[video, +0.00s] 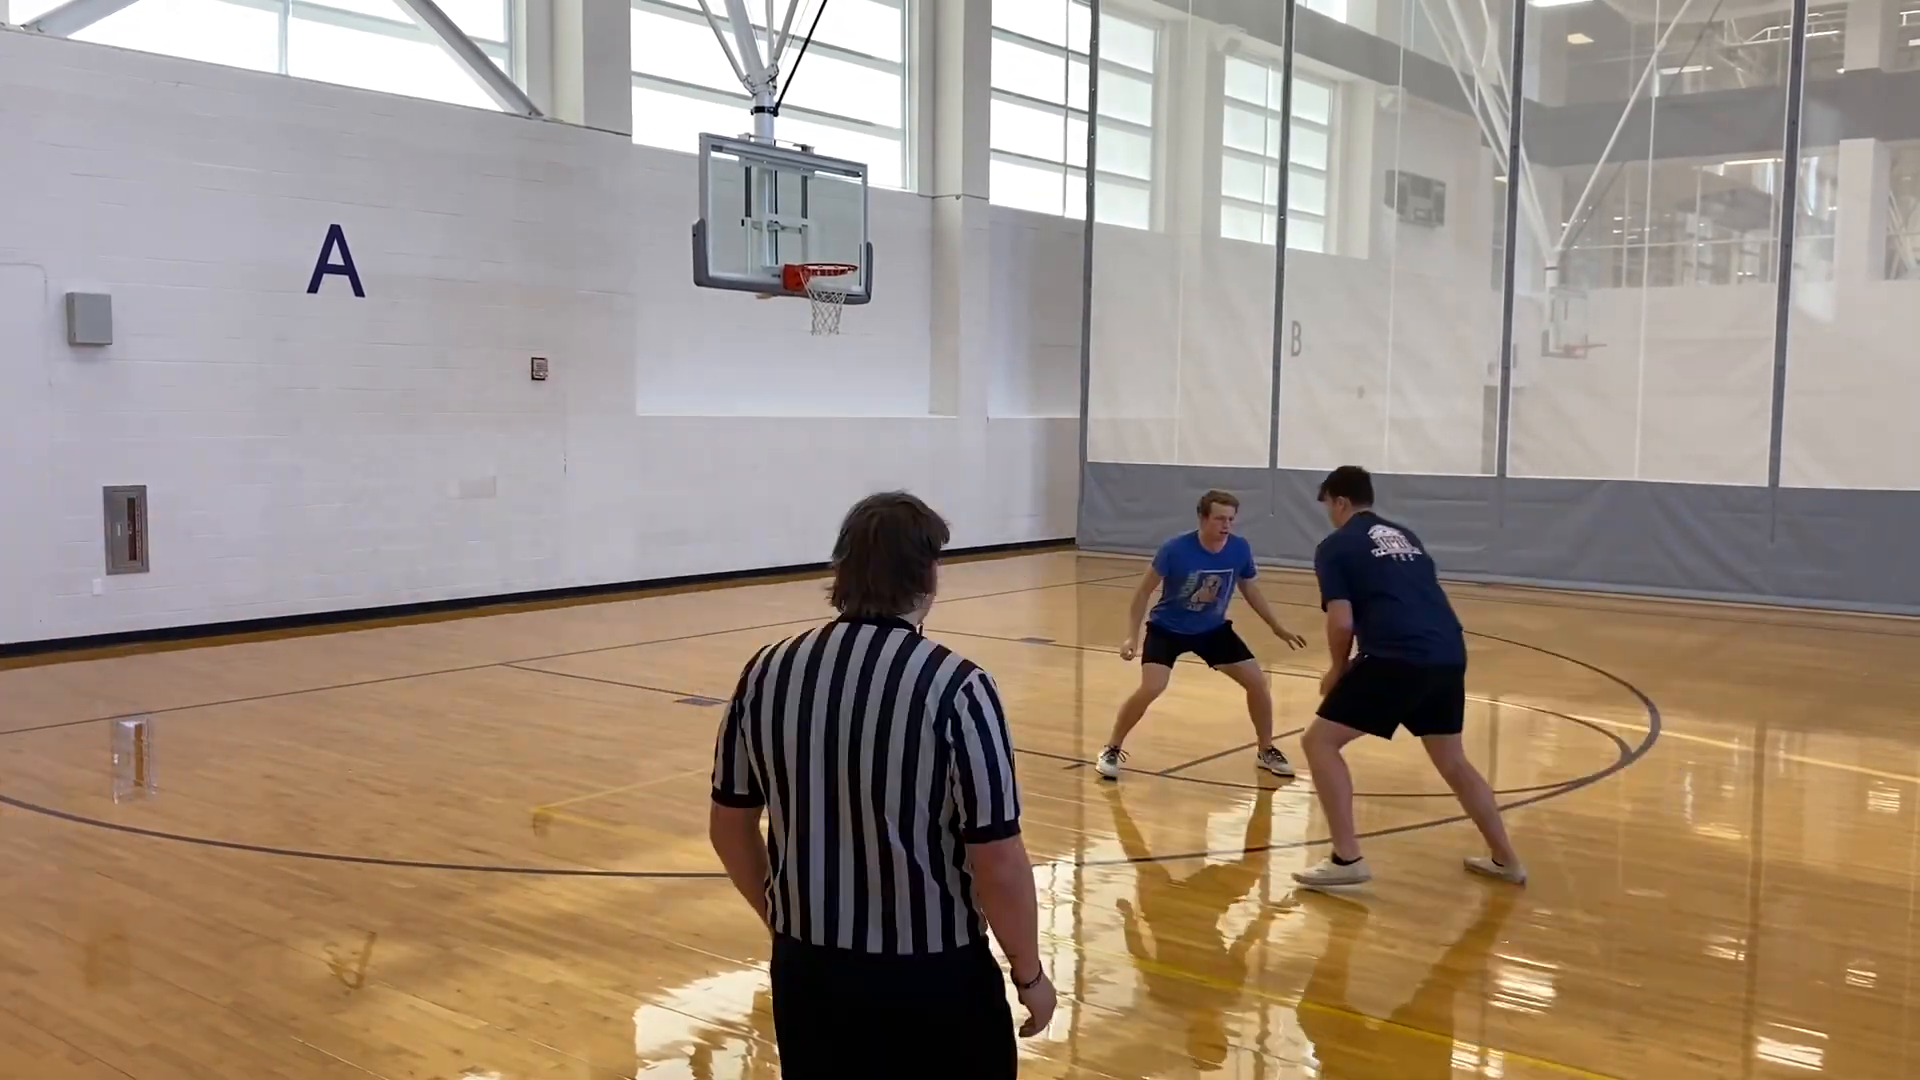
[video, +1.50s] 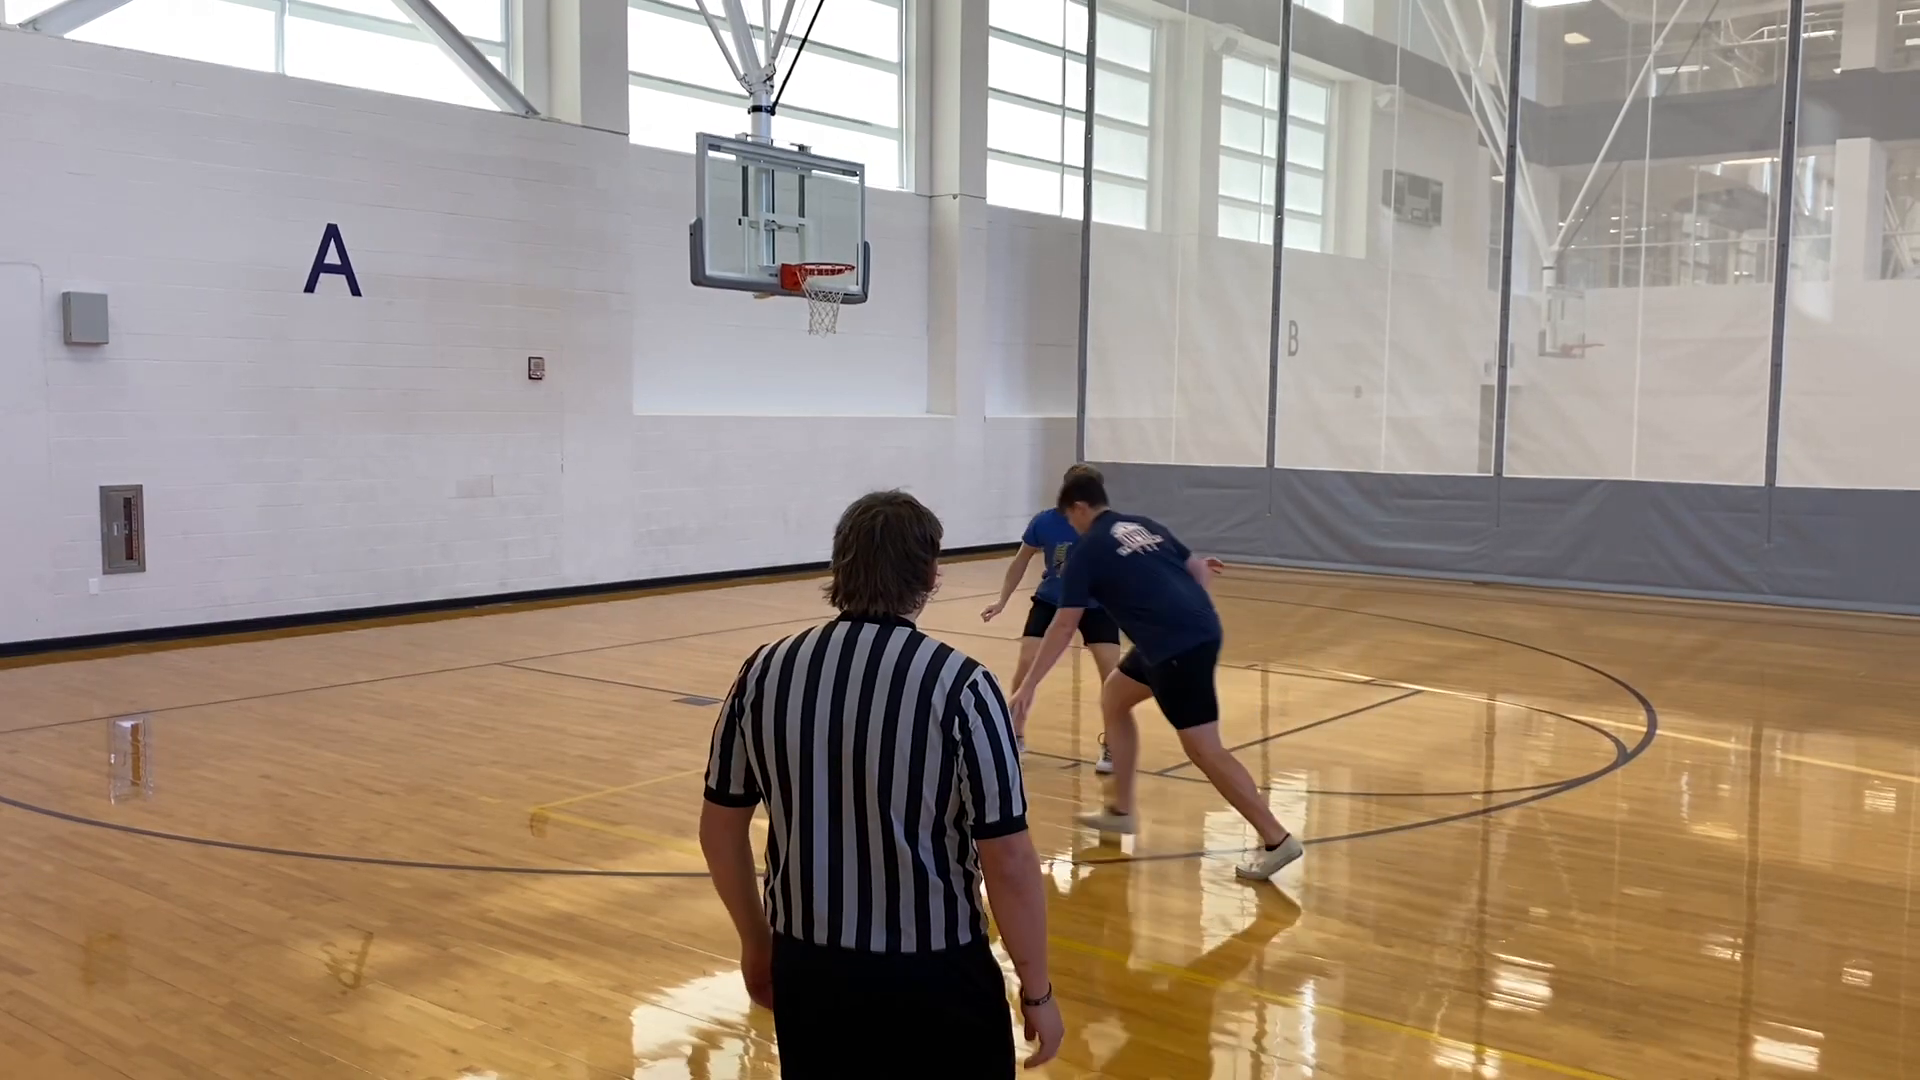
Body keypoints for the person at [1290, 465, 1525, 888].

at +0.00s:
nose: (1328, 512)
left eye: (1328, 504)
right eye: (1327, 504)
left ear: (1340, 503)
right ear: (1368, 503)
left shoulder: (1335, 546)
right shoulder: (1402, 533)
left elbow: (1342, 622)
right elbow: (1418, 602)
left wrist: (1337, 669)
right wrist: (1365, 656)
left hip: (1393, 660)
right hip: (1447, 660)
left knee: (1320, 742)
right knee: (1454, 762)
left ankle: (1347, 857)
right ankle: (1507, 859)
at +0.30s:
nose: (1287, 526)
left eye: (1287, 518)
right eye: (1286, 519)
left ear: (1299, 515)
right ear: (1325, 513)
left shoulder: (1302, 554)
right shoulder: (1354, 544)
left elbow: (1311, 615)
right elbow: (1356, 627)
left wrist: (1270, 656)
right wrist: (1301, 658)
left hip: (1366, 665)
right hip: (1420, 663)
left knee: (1282, 740)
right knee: (1442, 766)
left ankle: (1296, 857)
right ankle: (1506, 858)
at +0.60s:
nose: (1227, 528)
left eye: (1226, 520)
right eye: (1226, 520)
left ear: (1240, 517)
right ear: (1261, 514)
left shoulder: (1251, 555)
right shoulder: (1292, 542)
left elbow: (1248, 622)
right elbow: (1315, 607)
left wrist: (1197, 626)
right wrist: (1266, 643)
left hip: (1315, 666)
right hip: (1366, 662)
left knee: (1250, 747)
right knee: (1411, 761)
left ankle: (1292, 858)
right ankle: (1492, 844)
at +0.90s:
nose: (1168, 535)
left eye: (1168, 527)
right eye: (1168, 527)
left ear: (1179, 522)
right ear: (1200, 516)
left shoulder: (1192, 563)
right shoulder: (1236, 541)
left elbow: (1171, 641)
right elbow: (1267, 603)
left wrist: (1125, 639)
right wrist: (1235, 654)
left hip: (1268, 663)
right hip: (1313, 658)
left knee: (1228, 757)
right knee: (1303, 756)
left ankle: (1291, 855)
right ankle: (1408, 800)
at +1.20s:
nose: (1124, 534)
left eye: (1123, 526)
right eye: (1122, 527)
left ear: (1134, 521)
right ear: (1156, 515)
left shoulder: (1146, 563)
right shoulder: (1196, 536)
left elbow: (1112, 638)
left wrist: (1069, 684)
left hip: (1236, 656)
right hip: (1263, 645)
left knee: (1216, 757)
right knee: (1197, 729)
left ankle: (1289, 852)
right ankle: (1290, 790)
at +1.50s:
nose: (1071, 523)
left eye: (1069, 515)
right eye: (1069, 515)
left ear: (1078, 509)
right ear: (1103, 500)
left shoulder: (1085, 550)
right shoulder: (1141, 524)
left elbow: (1064, 625)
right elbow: (1197, 567)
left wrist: (1029, 684)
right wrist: (1199, 624)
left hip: (1178, 644)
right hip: (1190, 631)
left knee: (1205, 750)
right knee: (1115, 698)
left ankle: (1278, 840)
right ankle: (1120, 811)